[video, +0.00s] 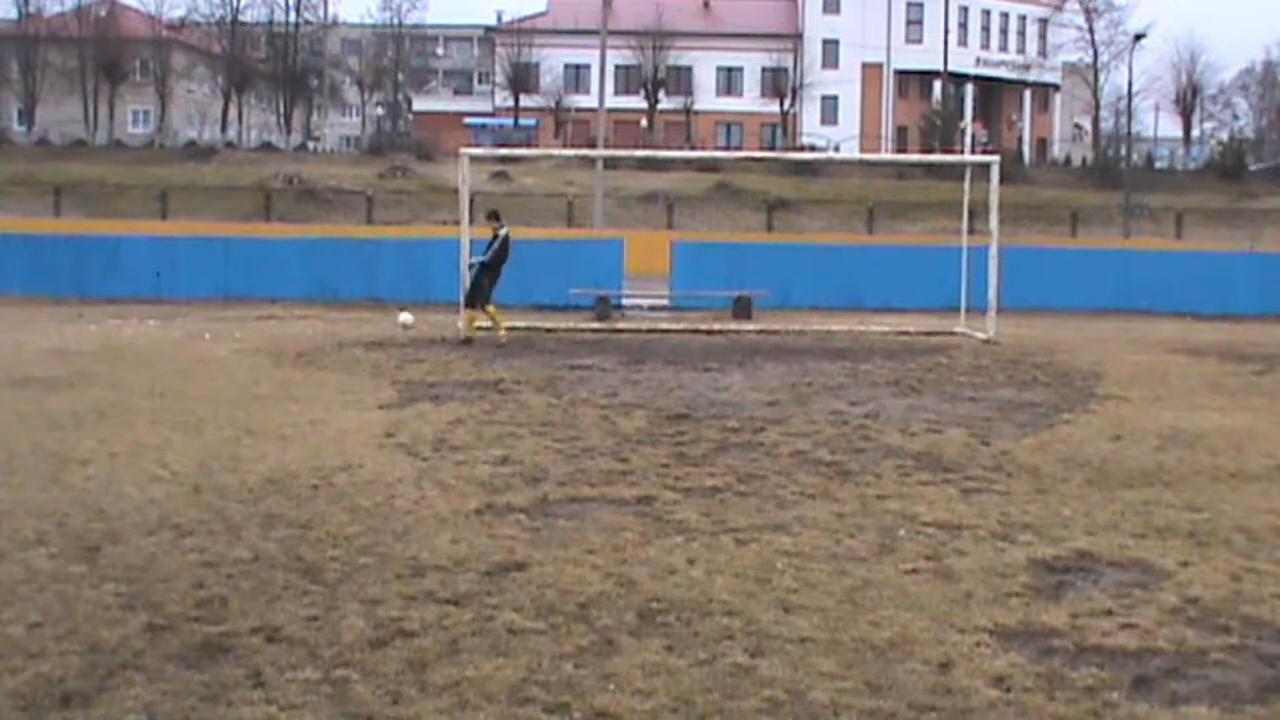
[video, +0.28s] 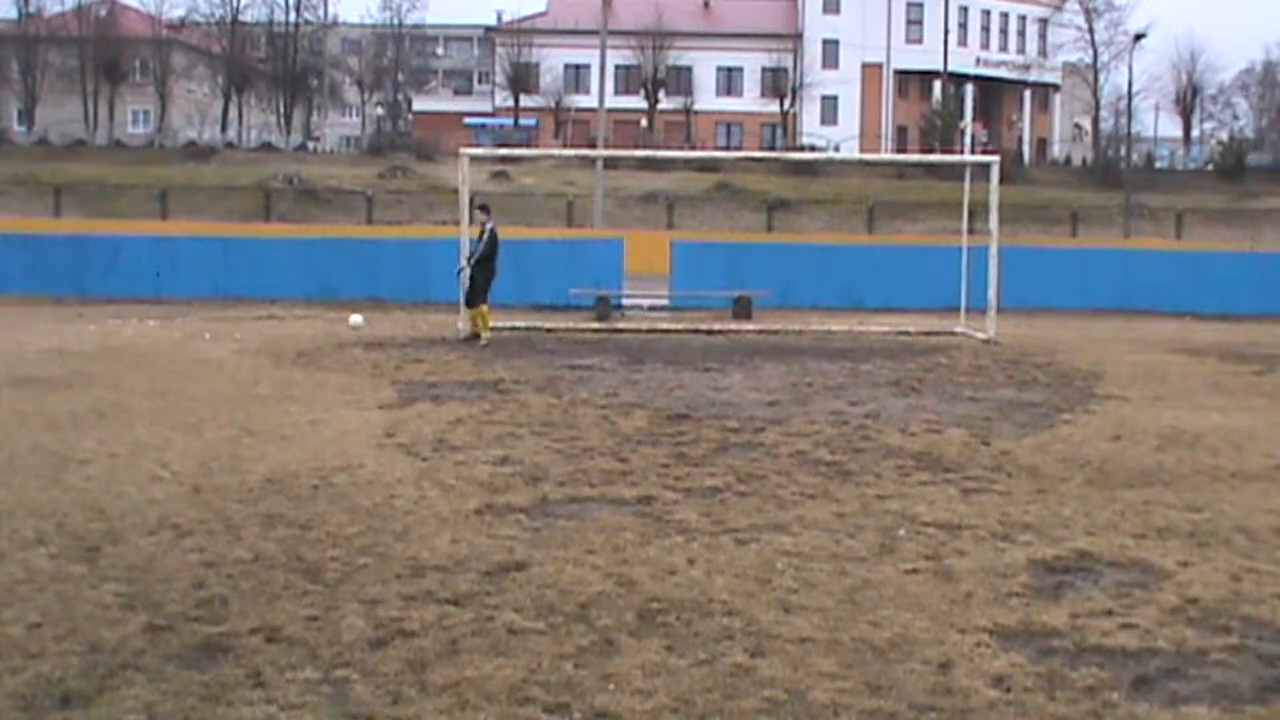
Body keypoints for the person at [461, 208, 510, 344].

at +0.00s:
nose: (490, 226)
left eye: (491, 223)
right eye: (489, 223)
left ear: (497, 222)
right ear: (491, 223)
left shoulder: (503, 237)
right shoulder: (496, 236)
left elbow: (490, 258)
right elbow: (487, 256)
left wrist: (473, 261)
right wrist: (474, 262)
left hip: (490, 274)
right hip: (482, 273)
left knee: (483, 303)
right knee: (471, 302)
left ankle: (501, 331)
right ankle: (468, 334)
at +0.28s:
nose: (479, 218)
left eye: (481, 214)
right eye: (477, 214)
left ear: (487, 215)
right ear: (478, 216)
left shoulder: (490, 233)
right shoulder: (482, 232)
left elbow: (482, 252)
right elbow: (477, 250)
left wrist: (471, 263)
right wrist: (469, 262)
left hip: (485, 272)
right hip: (478, 271)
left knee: (480, 301)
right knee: (471, 300)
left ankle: (485, 332)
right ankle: (475, 330)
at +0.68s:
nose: (474, 213)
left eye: (477, 210)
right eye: (472, 209)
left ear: (481, 211)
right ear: (468, 211)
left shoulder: (487, 230)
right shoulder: (464, 231)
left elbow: (494, 251)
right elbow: (461, 251)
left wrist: (491, 268)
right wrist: (462, 266)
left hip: (486, 269)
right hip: (472, 269)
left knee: (493, 299)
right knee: (475, 302)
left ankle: (498, 328)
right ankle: (476, 329)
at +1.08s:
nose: (495, 216)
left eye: (497, 214)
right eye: (493, 213)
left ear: (501, 215)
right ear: (489, 215)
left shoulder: (507, 231)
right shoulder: (482, 231)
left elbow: (511, 252)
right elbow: (473, 248)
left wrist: (512, 267)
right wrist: (467, 261)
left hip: (502, 269)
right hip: (486, 269)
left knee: (502, 300)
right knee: (482, 300)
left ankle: (503, 327)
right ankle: (478, 328)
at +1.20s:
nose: (503, 216)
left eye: (505, 213)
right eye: (500, 213)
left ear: (508, 214)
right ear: (496, 214)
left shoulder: (514, 231)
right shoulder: (491, 230)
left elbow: (518, 250)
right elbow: (482, 244)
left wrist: (521, 265)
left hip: (509, 268)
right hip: (494, 268)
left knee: (506, 300)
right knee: (487, 300)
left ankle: (504, 327)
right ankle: (481, 328)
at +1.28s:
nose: (507, 215)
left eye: (509, 212)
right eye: (504, 212)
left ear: (512, 214)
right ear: (500, 214)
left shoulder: (517, 231)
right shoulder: (495, 230)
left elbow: (523, 250)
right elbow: (496, 246)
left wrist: (527, 265)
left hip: (512, 268)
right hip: (498, 268)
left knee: (508, 301)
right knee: (490, 300)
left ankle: (504, 329)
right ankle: (483, 329)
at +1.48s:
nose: (523, 215)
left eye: (524, 213)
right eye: (521, 212)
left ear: (524, 214)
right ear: (514, 214)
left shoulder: (527, 230)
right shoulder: (508, 229)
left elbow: (533, 250)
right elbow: (501, 232)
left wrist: (541, 265)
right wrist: (502, 226)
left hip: (521, 266)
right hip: (508, 266)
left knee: (513, 301)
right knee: (509, 301)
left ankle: (507, 331)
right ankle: (505, 332)